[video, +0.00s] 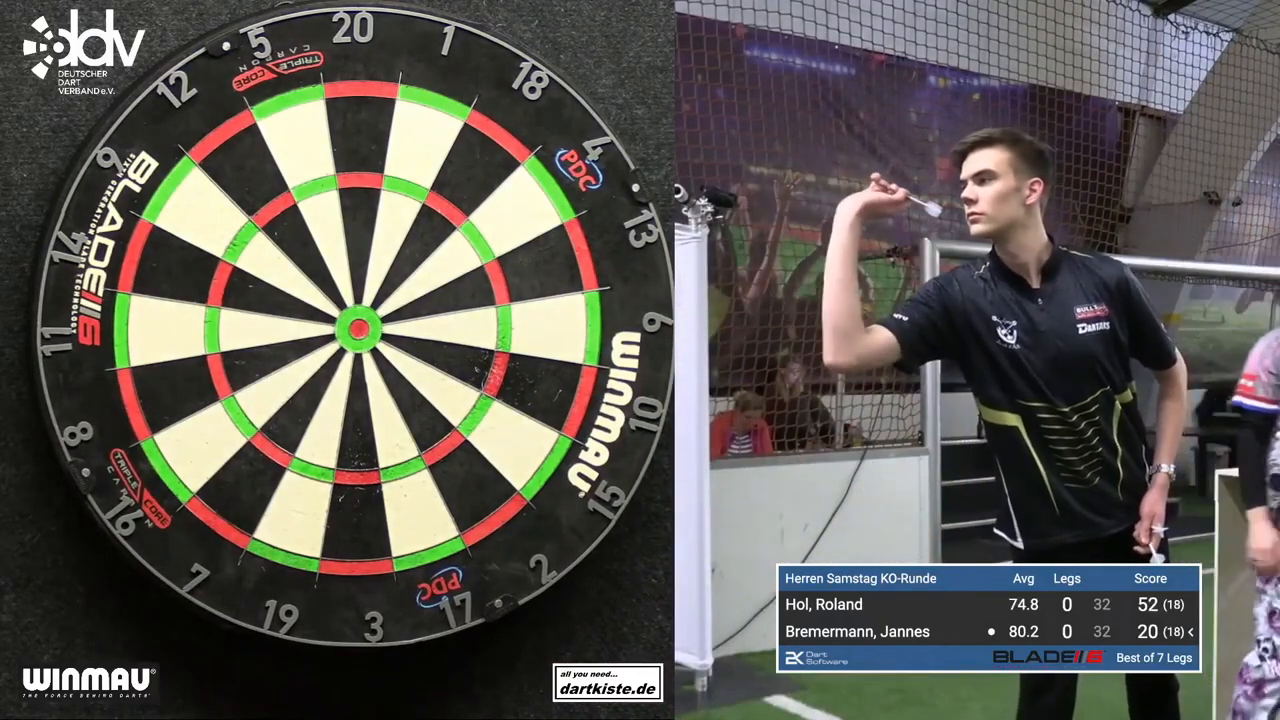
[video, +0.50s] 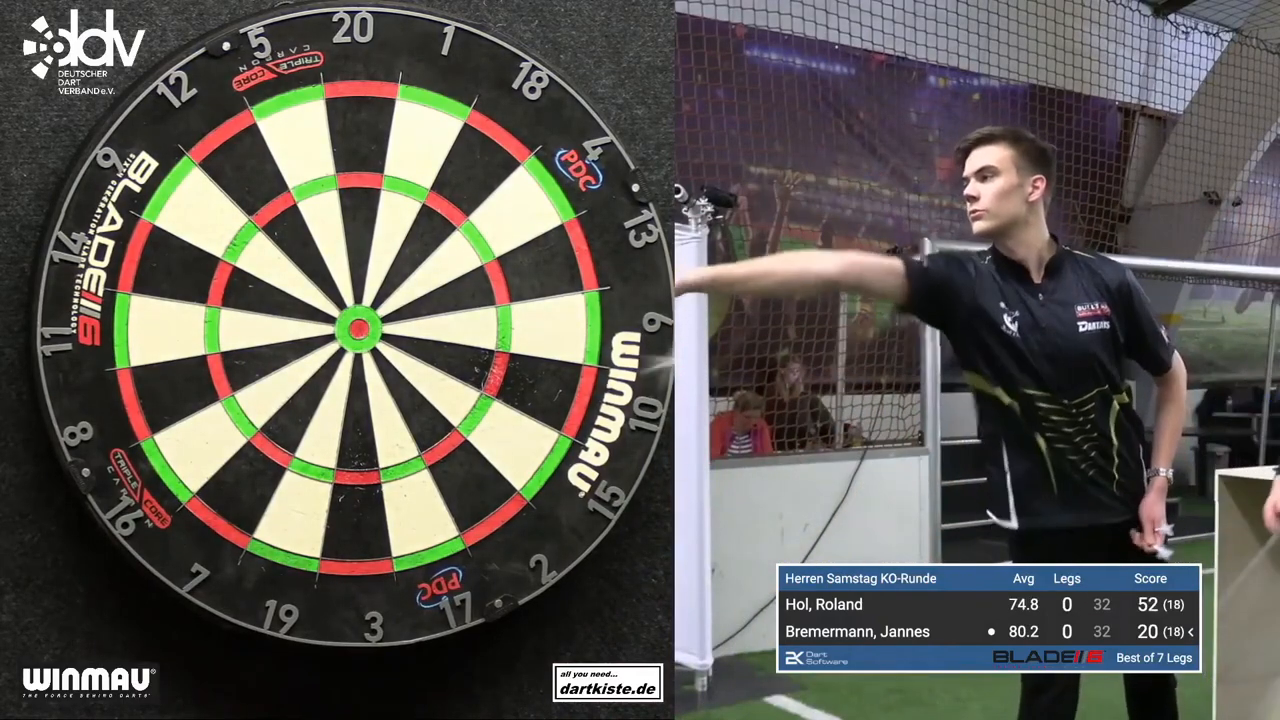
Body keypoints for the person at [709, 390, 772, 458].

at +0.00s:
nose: (752, 423)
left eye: (756, 418)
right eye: (748, 417)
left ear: (760, 416)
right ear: (737, 412)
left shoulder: (761, 426)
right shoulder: (719, 424)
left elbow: (768, 456)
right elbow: (713, 459)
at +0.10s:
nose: (753, 422)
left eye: (756, 418)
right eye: (748, 417)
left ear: (760, 416)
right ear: (737, 412)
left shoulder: (761, 426)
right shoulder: (719, 424)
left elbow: (768, 456)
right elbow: (713, 459)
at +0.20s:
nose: (753, 422)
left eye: (756, 418)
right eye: (748, 417)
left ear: (760, 416)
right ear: (737, 413)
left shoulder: (761, 425)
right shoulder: (719, 424)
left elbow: (768, 456)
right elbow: (713, 459)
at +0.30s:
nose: (753, 422)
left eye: (756, 418)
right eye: (747, 417)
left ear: (760, 416)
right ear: (737, 413)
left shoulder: (761, 426)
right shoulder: (719, 424)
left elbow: (768, 457)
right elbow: (713, 459)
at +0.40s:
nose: (753, 422)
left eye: (756, 418)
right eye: (748, 417)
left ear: (760, 416)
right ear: (737, 413)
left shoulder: (761, 426)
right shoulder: (719, 424)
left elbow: (768, 456)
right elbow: (713, 459)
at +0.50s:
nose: (752, 422)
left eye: (756, 418)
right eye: (747, 417)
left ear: (760, 416)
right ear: (737, 413)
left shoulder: (761, 426)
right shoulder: (719, 424)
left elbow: (768, 456)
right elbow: (713, 459)